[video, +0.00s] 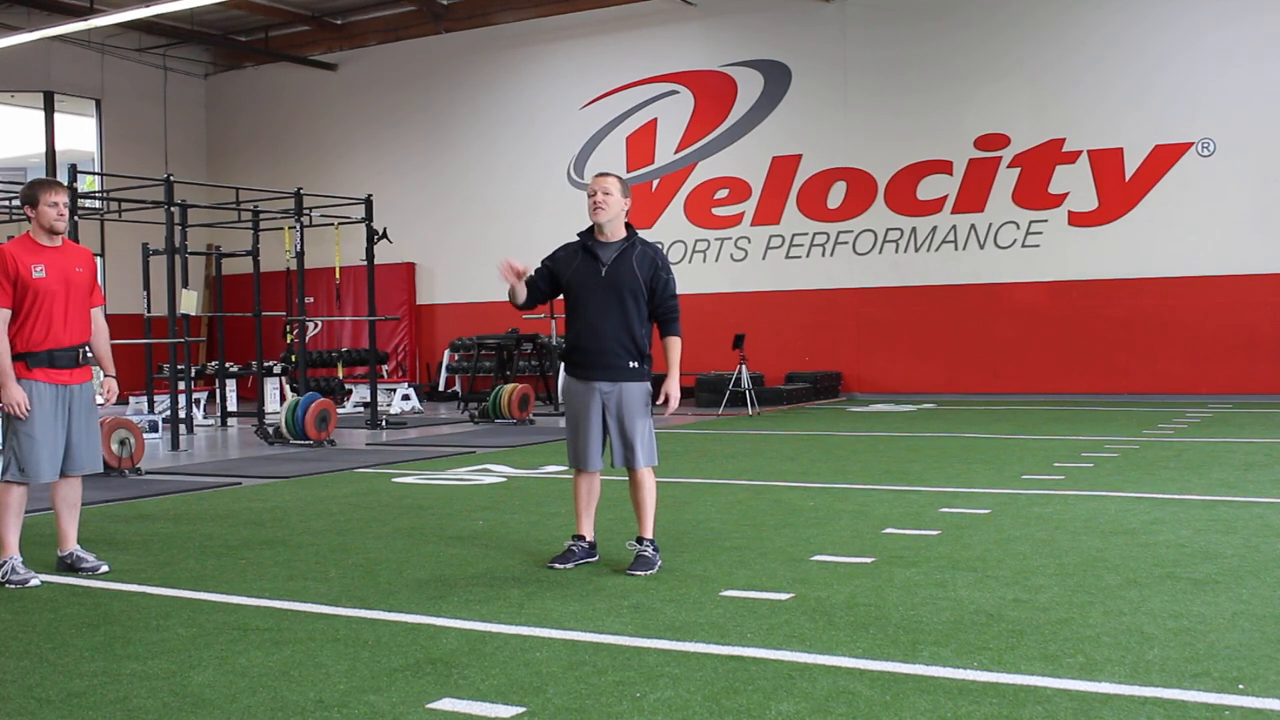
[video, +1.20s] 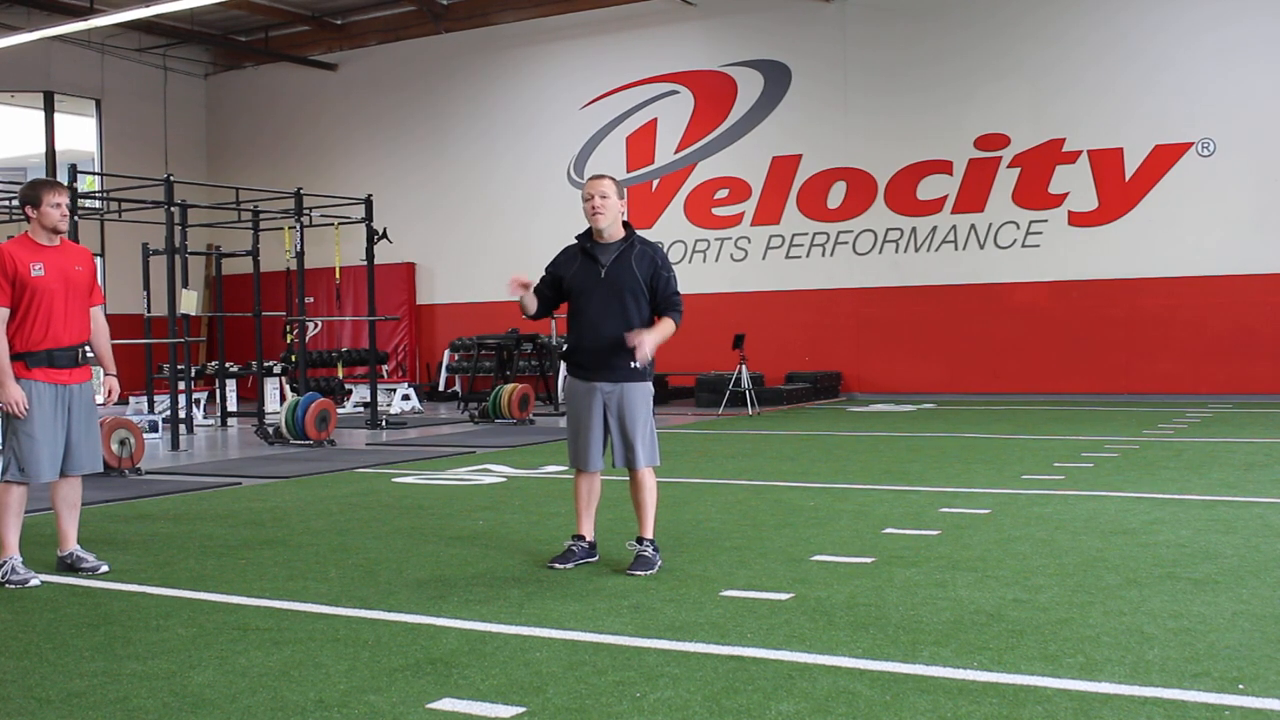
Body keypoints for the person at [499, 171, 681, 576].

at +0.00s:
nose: (597, 199)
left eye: (606, 193)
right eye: (592, 194)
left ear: (626, 203)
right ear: (587, 204)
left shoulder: (649, 256)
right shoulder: (568, 256)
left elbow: (669, 320)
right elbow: (527, 299)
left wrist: (673, 376)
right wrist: (517, 284)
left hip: (631, 379)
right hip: (580, 377)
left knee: (638, 463)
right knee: (584, 463)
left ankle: (646, 544)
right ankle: (584, 542)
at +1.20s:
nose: (594, 204)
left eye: (602, 197)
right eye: (588, 199)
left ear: (622, 204)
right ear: (583, 208)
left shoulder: (649, 255)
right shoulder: (570, 257)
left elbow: (673, 312)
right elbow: (539, 309)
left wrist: (654, 335)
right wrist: (528, 296)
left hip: (632, 379)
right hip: (582, 377)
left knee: (639, 463)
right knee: (585, 462)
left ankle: (646, 544)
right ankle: (583, 542)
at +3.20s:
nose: (590, 208)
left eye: (598, 201)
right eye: (587, 202)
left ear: (622, 207)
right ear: (586, 208)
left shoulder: (653, 256)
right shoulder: (572, 259)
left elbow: (678, 315)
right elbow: (548, 322)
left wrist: (651, 311)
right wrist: (557, 309)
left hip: (635, 381)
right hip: (584, 379)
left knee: (641, 463)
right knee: (586, 464)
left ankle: (646, 544)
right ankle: (584, 542)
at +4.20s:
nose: (586, 209)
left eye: (594, 202)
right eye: (582, 204)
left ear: (618, 206)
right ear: (579, 211)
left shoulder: (648, 253)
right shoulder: (571, 258)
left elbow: (659, 311)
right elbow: (551, 323)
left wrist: (605, 288)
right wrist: (553, 308)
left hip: (634, 379)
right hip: (585, 377)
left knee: (641, 462)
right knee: (586, 461)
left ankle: (646, 544)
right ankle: (584, 541)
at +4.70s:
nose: (587, 204)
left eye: (596, 197)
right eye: (585, 197)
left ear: (621, 204)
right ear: (582, 204)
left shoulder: (651, 251)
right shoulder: (571, 257)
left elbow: (679, 310)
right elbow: (550, 310)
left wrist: (659, 280)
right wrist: (554, 317)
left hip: (636, 377)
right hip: (585, 377)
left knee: (641, 462)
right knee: (587, 463)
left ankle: (646, 544)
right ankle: (584, 541)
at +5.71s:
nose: (586, 216)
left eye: (593, 209)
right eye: (587, 209)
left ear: (618, 212)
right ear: (612, 213)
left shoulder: (662, 256)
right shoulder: (599, 256)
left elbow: (685, 317)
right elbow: (575, 307)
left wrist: (634, 334)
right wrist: (554, 282)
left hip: (646, 380)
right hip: (602, 377)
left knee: (649, 462)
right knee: (595, 459)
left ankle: (648, 545)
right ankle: (589, 540)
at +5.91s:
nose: (581, 218)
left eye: (587, 211)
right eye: (581, 211)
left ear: (613, 213)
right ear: (608, 214)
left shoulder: (654, 256)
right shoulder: (597, 255)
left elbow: (674, 318)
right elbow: (561, 294)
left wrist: (618, 334)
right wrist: (551, 250)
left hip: (641, 380)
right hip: (600, 376)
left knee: (646, 463)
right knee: (595, 458)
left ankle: (647, 545)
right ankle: (587, 539)